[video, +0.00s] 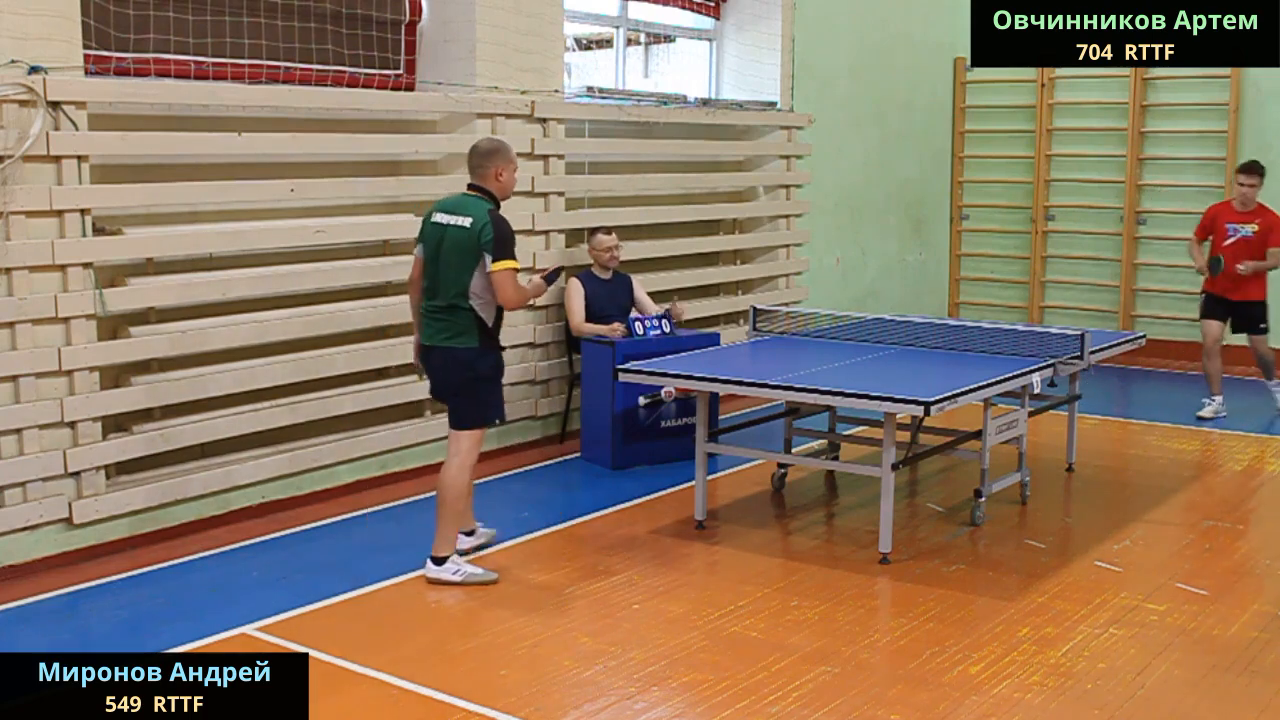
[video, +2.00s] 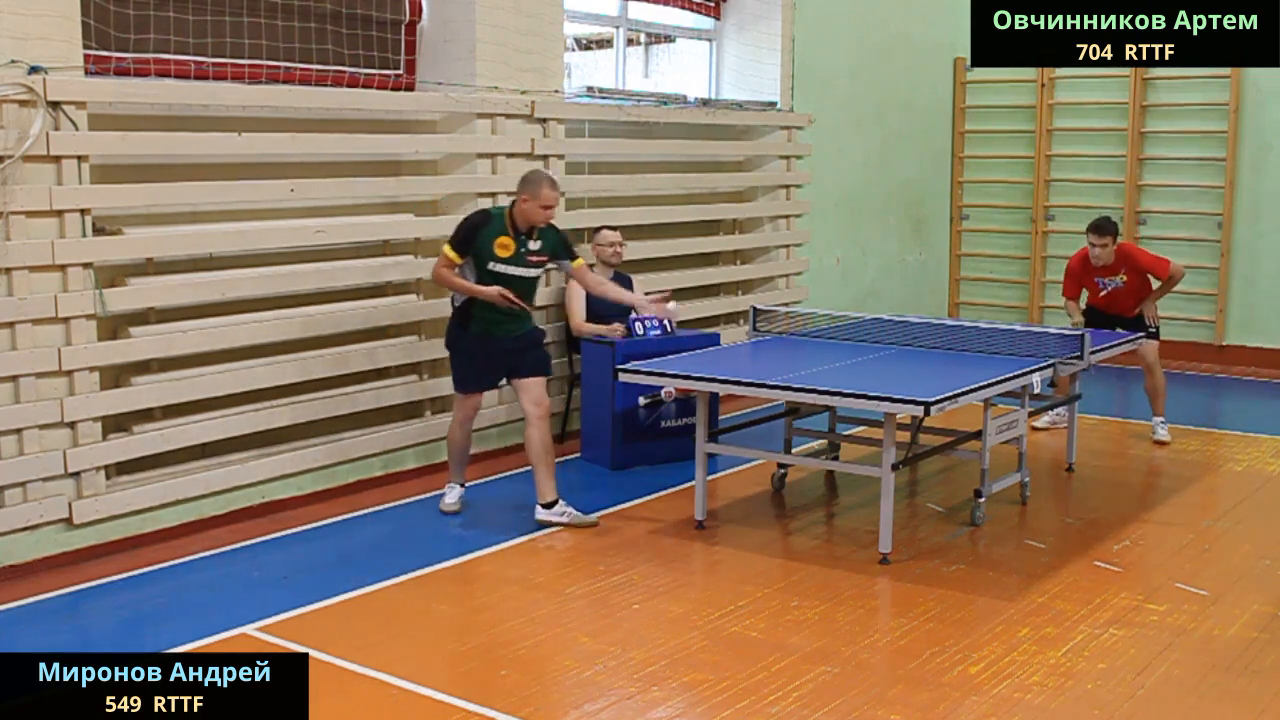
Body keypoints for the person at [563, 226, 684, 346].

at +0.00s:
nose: (615, 254)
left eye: (617, 248)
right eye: (607, 250)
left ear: (620, 247)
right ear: (592, 253)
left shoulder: (627, 281)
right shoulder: (577, 284)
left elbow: (655, 314)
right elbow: (577, 328)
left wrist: (671, 315)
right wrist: (607, 330)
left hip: (630, 349)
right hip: (595, 352)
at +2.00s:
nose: (618, 250)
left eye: (621, 245)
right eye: (611, 245)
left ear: (624, 247)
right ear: (594, 250)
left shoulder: (628, 281)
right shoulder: (578, 283)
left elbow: (644, 315)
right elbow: (577, 327)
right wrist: (606, 330)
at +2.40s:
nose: (618, 251)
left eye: (621, 246)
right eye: (611, 246)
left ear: (624, 248)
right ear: (594, 250)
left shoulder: (629, 282)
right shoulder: (578, 284)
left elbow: (648, 316)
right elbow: (577, 328)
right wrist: (607, 331)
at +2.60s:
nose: (618, 251)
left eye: (621, 245)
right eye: (611, 246)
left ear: (624, 247)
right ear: (594, 250)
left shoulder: (628, 282)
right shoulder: (578, 284)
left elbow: (648, 316)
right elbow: (577, 327)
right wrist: (609, 329)